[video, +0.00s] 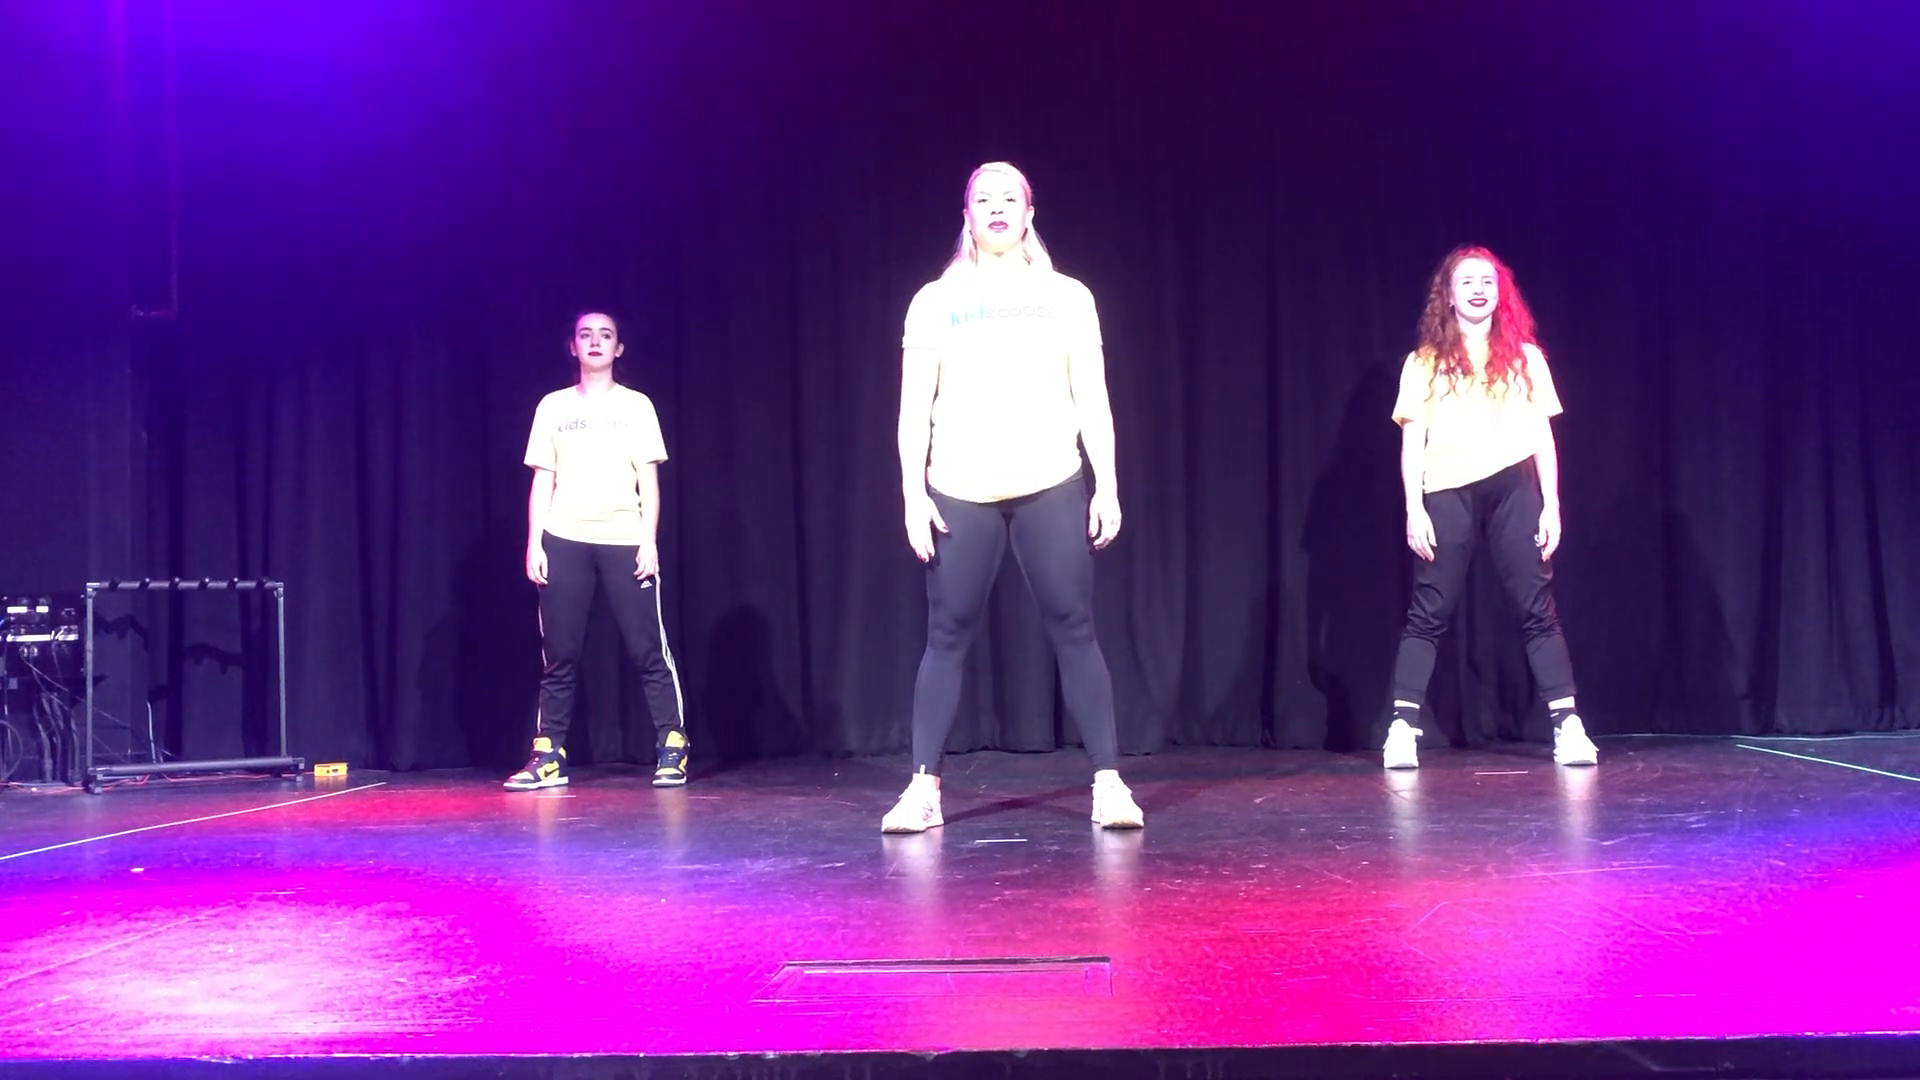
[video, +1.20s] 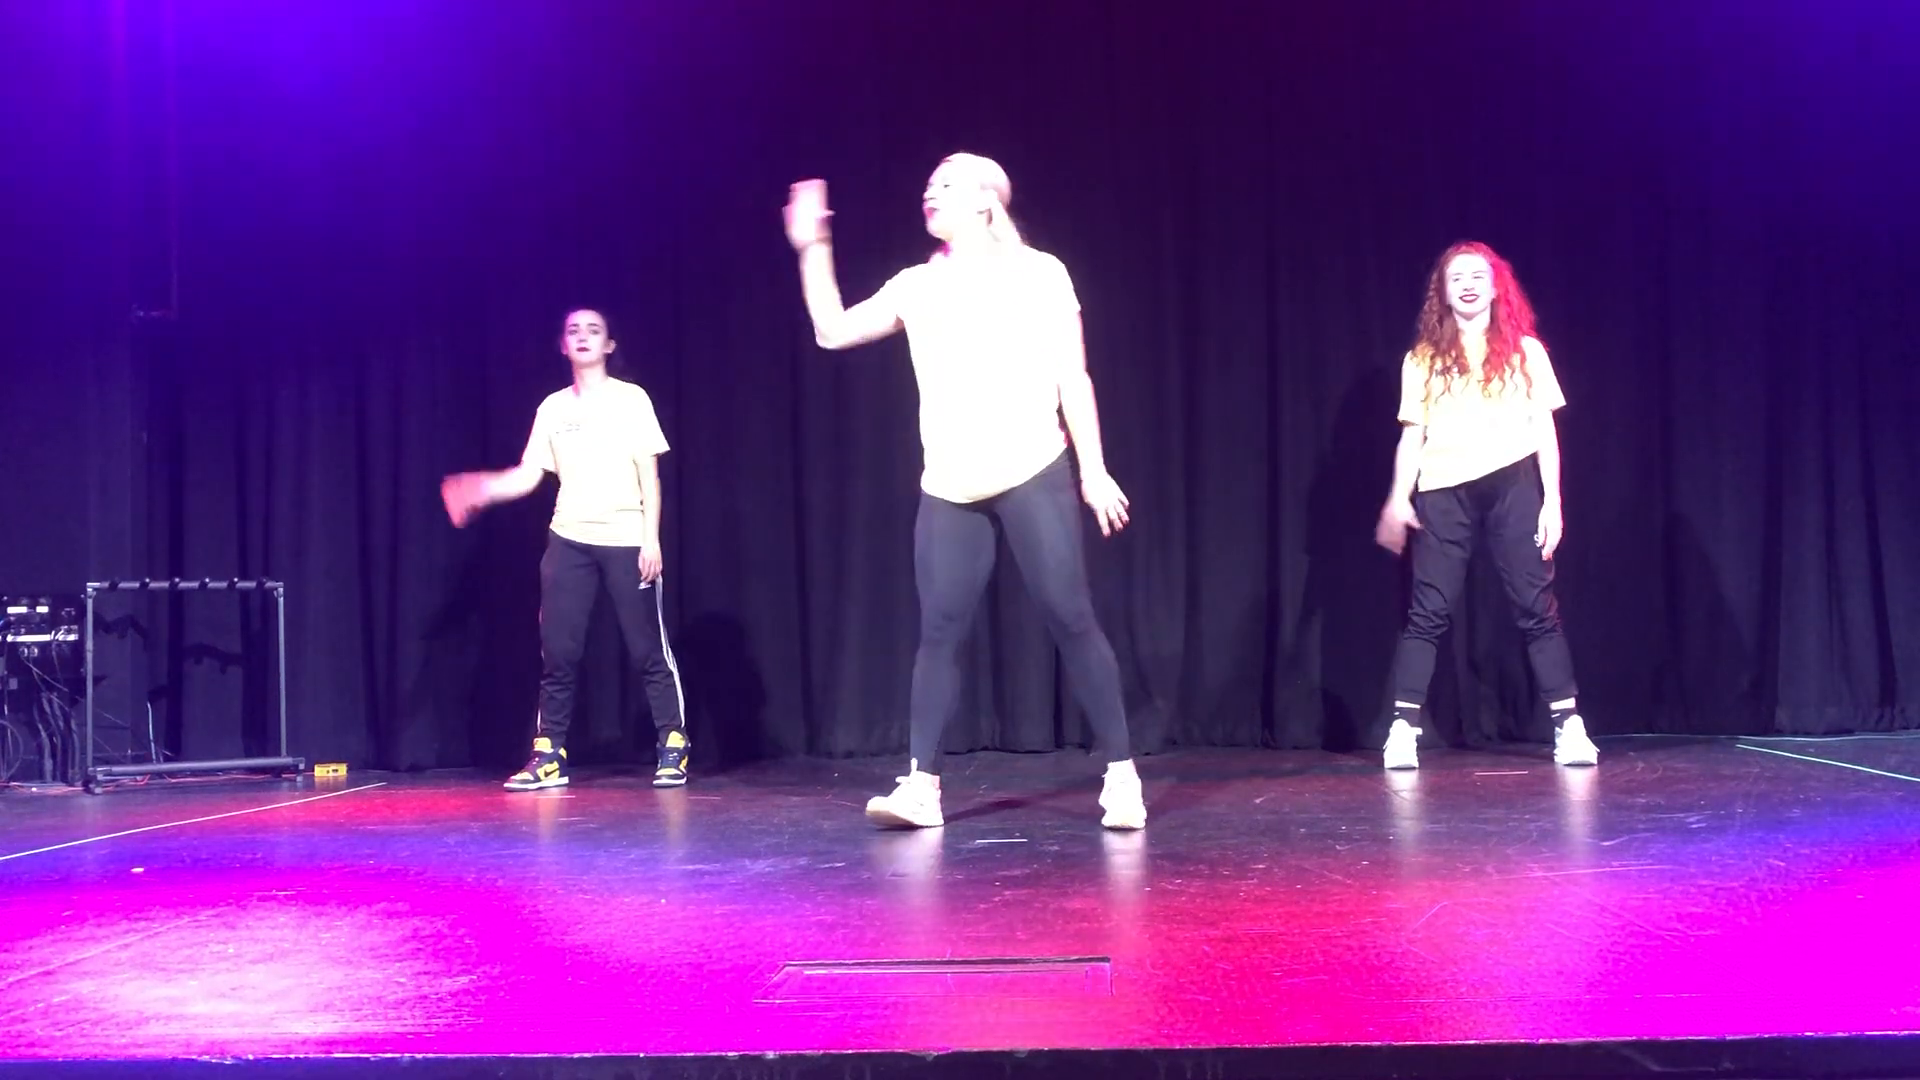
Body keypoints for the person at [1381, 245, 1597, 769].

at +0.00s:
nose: (1477, 290)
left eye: (1486, 281)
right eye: (1467, 281)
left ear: (1501, 292)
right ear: (1448, 292)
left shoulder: (1525, 356)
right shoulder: (1425, 361)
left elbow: (1543, 435)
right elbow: (1413, 441)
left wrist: (1551, 505)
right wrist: (1414, 509)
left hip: (1514, 489)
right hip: (1445, 493)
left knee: (1535, 606)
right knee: (1430, 609)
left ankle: (1567, 725)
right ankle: (1404, 727)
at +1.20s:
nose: (1468, 285)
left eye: (1478, 276)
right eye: (1458, 277)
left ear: (1497, 286)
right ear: (1442, 289)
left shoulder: (1526, 350)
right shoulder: (1423, 357)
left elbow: (1545, 430)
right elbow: (1412, 435)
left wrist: (1552, 500)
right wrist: (1399, 498)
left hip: (1514, 488)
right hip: (1442, 492)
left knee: (1535, 606)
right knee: (1429, 609)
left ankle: (1567, 724)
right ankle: (1405, 728)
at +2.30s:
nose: (1551, 323)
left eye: (1553, 314)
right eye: (1540, 314)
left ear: (1555, 320)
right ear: (1510, 319)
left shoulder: (1554, 375)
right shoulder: (1482, 367)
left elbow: (1606, 426)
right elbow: (1516, 417)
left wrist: (1583, 361)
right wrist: (1543, 354)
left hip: (1519, 521)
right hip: (1459, 522)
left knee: (1561, 611)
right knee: (1453, 633)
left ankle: (1571, 730)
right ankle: (1363, 724)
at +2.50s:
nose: (1580, 322)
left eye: (1582, 315)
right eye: (1568, 313)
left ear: (1582, 326)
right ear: (1536, 321)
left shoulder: (1564, 384)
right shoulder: (1509, 373)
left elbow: (1610, 437)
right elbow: (1553, 423)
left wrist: (1601, 374)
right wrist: (1574, 362)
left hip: (1524, 523)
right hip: (1468, 522)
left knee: (1565, 612)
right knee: (1462, 634)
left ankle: (1572, 731)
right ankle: (1366, 722)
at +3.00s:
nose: (1615, 322)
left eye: (1616, 314)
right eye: (1603, 314)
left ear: (1613, 322)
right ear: (1570, 318)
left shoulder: (1586, 371)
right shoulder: (1537, 360)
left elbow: (1618, 433)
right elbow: (1577, 416)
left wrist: (1621, 372)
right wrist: (1604, 359)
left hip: (1526, 513)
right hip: (1470, 508)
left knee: (1556, 612)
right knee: (1445, 622)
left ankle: (1571, 730)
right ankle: (1370, 724)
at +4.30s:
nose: (1353, 349)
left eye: (1362, 338)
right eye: (1346, 341)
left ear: (1390, 340)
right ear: (1340, 350)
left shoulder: (1424, 375)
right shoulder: (1354, 407)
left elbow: (1430, 433)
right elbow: (1320, 468)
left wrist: (1374, 380)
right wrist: (1335, 398)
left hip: (1485, 504)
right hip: (1427, 523)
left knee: (1524, 612)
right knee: (1403, 621)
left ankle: (1589, 720)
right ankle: (1389, 732)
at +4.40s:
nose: (1364, 316)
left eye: (1374, 305)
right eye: (1357, 309)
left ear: (1403, 311)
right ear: (1350, 320)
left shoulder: (1435, 348)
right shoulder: (1360, 378)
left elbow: (1442, 405)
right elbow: (1326, 442)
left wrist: (1387, 353)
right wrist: (1347, 370)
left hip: (1476, 492)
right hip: (1417, 512)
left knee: (1523, 606)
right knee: (1402, 617)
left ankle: (1581, 718)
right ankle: (1388, 732)